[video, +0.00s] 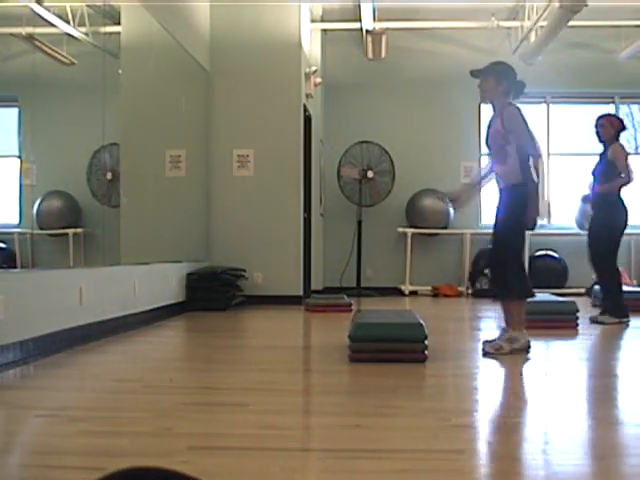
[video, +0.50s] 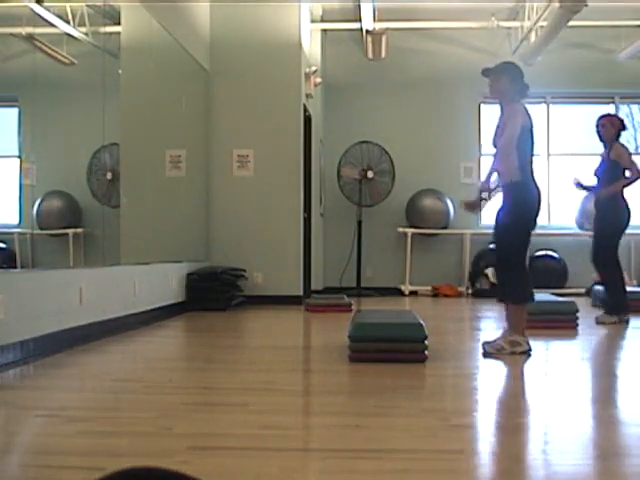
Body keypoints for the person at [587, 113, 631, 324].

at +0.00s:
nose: (599, 130)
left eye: (603, 126)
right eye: (598, 127)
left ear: (615, 129)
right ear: (599, 130)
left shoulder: (616, 149)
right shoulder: (608, 151)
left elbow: (626, 176)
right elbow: (611, 179)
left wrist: (603, 188)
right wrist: (594, 194)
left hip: (610, 207)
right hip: (602, 207)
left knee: (604, 258)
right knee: (600, 258)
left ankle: (616, 309)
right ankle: (611, 306)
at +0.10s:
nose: (594, 131)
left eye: (599, 127)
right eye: (593, 128)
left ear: (611, 130)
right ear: (594, 131)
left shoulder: (611, 148)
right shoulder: (611, 151)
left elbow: (607, 176)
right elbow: (625, 172)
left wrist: (585, 176)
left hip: (613, 211)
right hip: (622, 210)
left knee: (578, 245)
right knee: (611, 258)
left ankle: (597, 295)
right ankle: (619, 310)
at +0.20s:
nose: (592, 133)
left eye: (595, 129)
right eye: (591, 130)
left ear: (608, 130)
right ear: (607, 134)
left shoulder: (605, 149)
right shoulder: (615, 151)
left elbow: (597, 174)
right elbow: (632, 159)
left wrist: (576, 171)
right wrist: (624, 183)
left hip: (614, 212)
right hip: (627, 212)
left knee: (574, 233)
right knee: (615, 262)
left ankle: (584, 282)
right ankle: (619, 311)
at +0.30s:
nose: (596, 129)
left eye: (600, 125)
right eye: (594, 126)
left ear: (612, 127)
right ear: (596, 129)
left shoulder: (609, 146)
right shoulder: (618, 150)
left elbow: (604, 173)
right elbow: (629, 166)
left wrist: (581, 176)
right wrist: (617, 183)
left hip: (612, 209)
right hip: (626, 209)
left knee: (578, 240)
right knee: (619, 260)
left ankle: (595, 288)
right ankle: (620, 312)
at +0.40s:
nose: (600, 130)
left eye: (604, 126)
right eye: (599, 126)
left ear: (615, 129)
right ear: (600, 131)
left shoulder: (615, 149)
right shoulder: (611, 150)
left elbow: (618, 178)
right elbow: (614, 179)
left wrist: (597, 185)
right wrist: (597, 185)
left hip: (612, 206)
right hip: (613, 204)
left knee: (593, 256)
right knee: (615, 258)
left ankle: (615, 309)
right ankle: (615, 307)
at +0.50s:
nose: (601, 129)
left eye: (605, 126)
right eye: (599, 126)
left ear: (616, 129)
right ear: (598, 130)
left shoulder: (619, 150)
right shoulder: (607, 153)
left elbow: (634, 174)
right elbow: (604, 184)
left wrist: (613, 189)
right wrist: (584, 187)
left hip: (613, 208)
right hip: (604, 208)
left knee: (604, 257)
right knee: (604, 257)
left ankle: (618, 309)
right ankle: (615, 306)